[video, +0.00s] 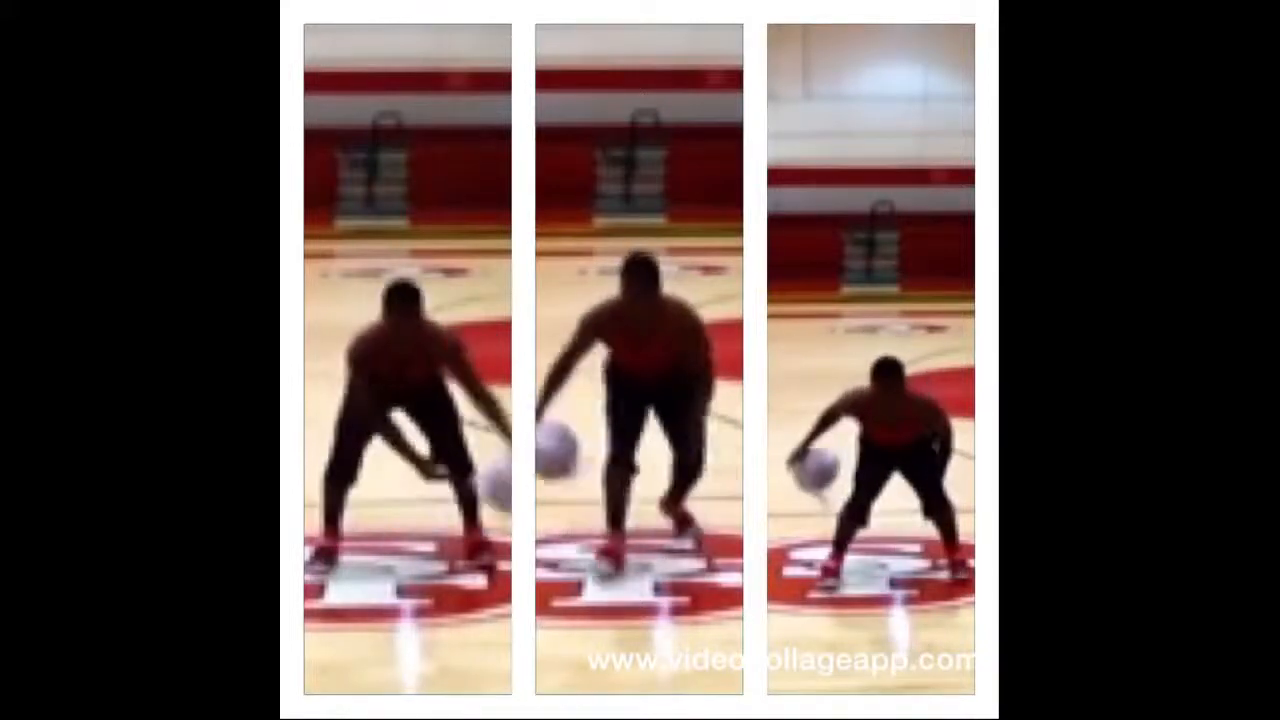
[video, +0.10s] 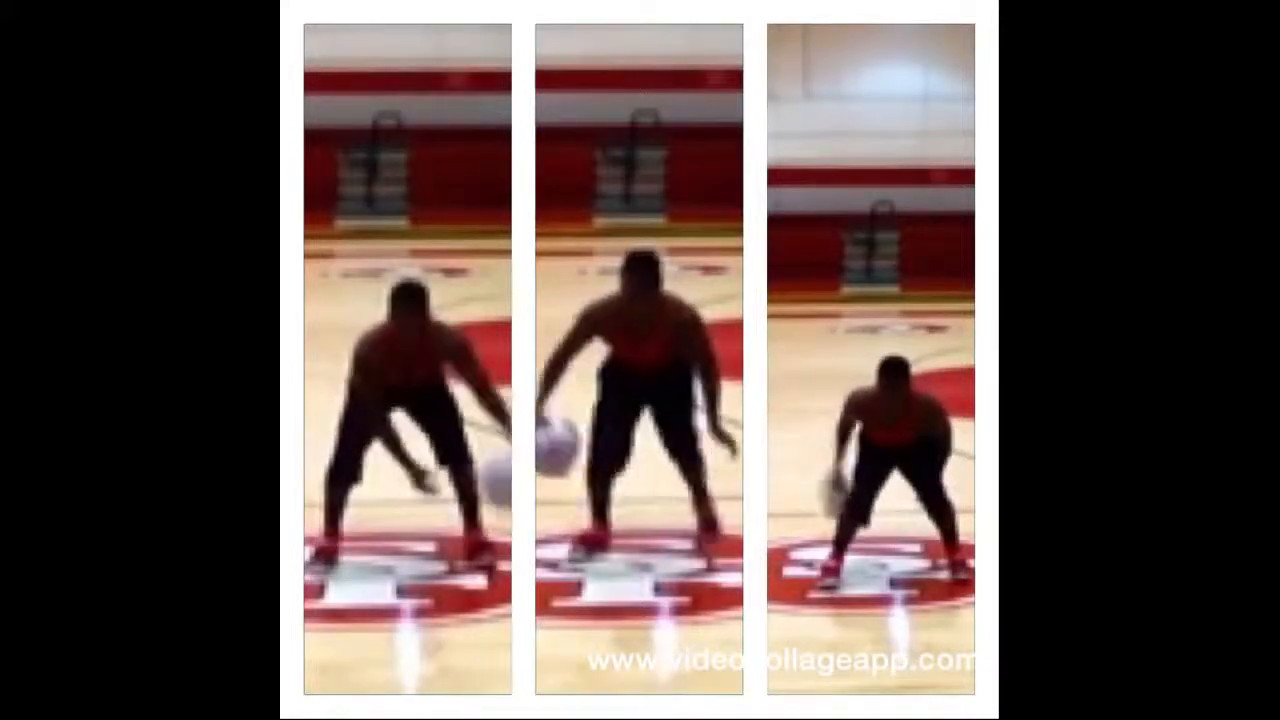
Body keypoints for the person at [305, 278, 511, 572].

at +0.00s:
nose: (404, 329)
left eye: (411, 319)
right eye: (397, 320)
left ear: (420, 314)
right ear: (385, 315)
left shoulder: (438, 342)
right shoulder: (364, 350)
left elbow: (476, 390)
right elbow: (376, 417)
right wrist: (418, 462)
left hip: (423, 391)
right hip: (371, 394)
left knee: (458, 462)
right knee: (339, 471)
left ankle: (474, 536)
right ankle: (330, 541)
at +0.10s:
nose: (410, 330)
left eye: (417, 320)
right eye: (402, 321)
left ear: (427, 315)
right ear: (391, 317)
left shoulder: (445, 340)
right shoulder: (371, 349)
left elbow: (481, 387)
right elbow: (376, 418)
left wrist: (510, 426)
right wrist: (411, 468)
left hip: (425, 391)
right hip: (374, 394)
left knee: (459, 459)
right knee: (341, 470)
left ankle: (474, 535)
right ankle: (331, 539)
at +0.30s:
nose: (399, 331)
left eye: (407, 321)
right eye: (392, 321)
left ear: (417, 316)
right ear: (382, 317)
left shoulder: (436, 346)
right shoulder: (363, 349)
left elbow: (420, 418)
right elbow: (338, 409)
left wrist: (381, 463)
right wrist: (313, 462)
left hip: (426, 394)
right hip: (374, 394)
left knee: (459, 459)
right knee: (343, 460)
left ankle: (474, 536)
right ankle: (327, 545)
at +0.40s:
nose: (394, 333)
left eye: (401, 323)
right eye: (387, 323)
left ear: (412, 318)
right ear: (377, 319)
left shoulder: (433, 345)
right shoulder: (356, 347)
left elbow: (422, 416)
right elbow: (336, 400)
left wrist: (386, 460)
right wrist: (313, 448)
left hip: (424, 394)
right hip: (374, 395)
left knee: (458, 458)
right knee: (345, 457)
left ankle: (474, 535)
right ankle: (330, 539)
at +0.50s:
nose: (395, 330)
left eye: (402, 319)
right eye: (388, 320)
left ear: (413, 315)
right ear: (377, 316)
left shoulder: (433, 344)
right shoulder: (356, 350)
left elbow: (440, 417)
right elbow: (361, 425)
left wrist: (435, 478)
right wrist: (381, 472)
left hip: (423, 392)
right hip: (370, 396)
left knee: (460, 458)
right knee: (339, 469)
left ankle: (477, 533)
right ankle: (330, 540)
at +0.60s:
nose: (403, 332)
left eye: (410, 322)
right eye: (396, 323)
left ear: (420, 319)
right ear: (385, 320)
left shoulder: (438, 347)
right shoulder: (364, 356)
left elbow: (471, 398)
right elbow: (381, 420)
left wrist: (502, 442)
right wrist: (425, 462)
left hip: (424, 398)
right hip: (372, 400)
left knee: (460, 465)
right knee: (339, 472)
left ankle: (475, 536)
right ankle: (330, 540)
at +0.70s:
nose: (412, 330)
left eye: (419, 321)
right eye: (404, 321)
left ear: (429, 318)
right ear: (394, 319)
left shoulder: (443, 346)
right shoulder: (376, 353)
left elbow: (485, 388)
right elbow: (381, 420)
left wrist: (515, 422)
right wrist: (428, 462)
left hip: (425, 397)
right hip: (376, 399)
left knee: (460, 465)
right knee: (343, 472)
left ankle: (475, 536)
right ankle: (331, 541)